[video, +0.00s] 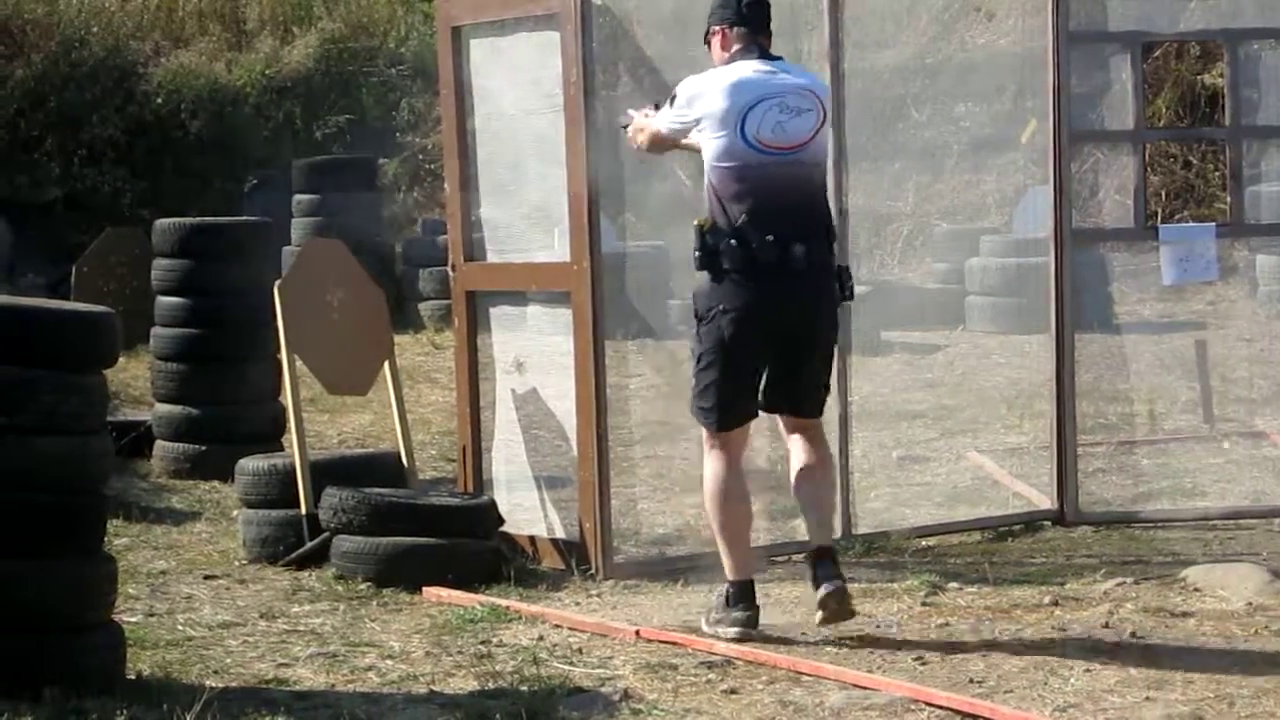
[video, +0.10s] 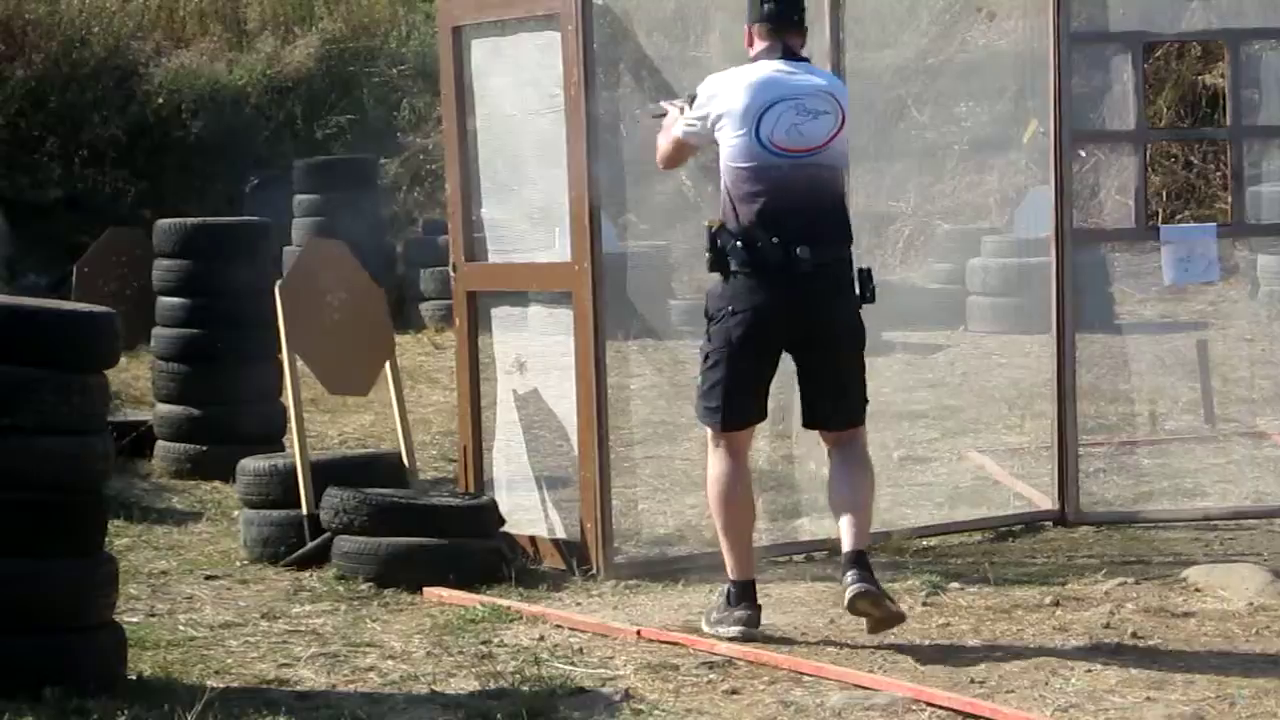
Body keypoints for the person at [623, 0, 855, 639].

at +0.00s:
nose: (709, 50)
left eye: (710, 40)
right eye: (712, 40)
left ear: (721, 38)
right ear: (765, 36)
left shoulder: (708, 89)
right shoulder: (815, 87)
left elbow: (652, 137)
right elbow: (753, 125)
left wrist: (640, 123)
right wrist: (687, 123)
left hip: (736, 286)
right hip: (814, 282)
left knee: (723, 444)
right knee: (804, 427)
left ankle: (739, 601)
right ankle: (826, 566)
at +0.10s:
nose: (750, 40)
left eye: (749, 32)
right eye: (777, 31)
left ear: (751, 35)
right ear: (804, 36)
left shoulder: (722, 88)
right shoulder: (832, 87)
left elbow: (666, 155)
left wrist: (673, 120)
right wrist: (711, 111)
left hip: (749, 289)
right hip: (829, 288)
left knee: (728, 443)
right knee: (846, 436)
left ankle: (740, 599)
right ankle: (858, 571)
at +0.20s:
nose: (855, 61)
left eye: (855, 52)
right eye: (852, 50)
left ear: (794, 41)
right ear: (830, 42)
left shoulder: (739, 101)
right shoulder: (863, 107)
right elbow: (858, 185)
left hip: (763, 296)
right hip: (845, 296)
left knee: (731, 441)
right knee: (889, 442)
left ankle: (743, 598)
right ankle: (888, 576)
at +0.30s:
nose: (881, 89)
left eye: (883, 77)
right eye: (877, 76)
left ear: (828, 67)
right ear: (843, 65)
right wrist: (886, 188)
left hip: (757, 326)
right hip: (841, 328)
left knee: (726, 452)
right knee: (925, 463)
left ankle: (720, 605)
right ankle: (890, 588)